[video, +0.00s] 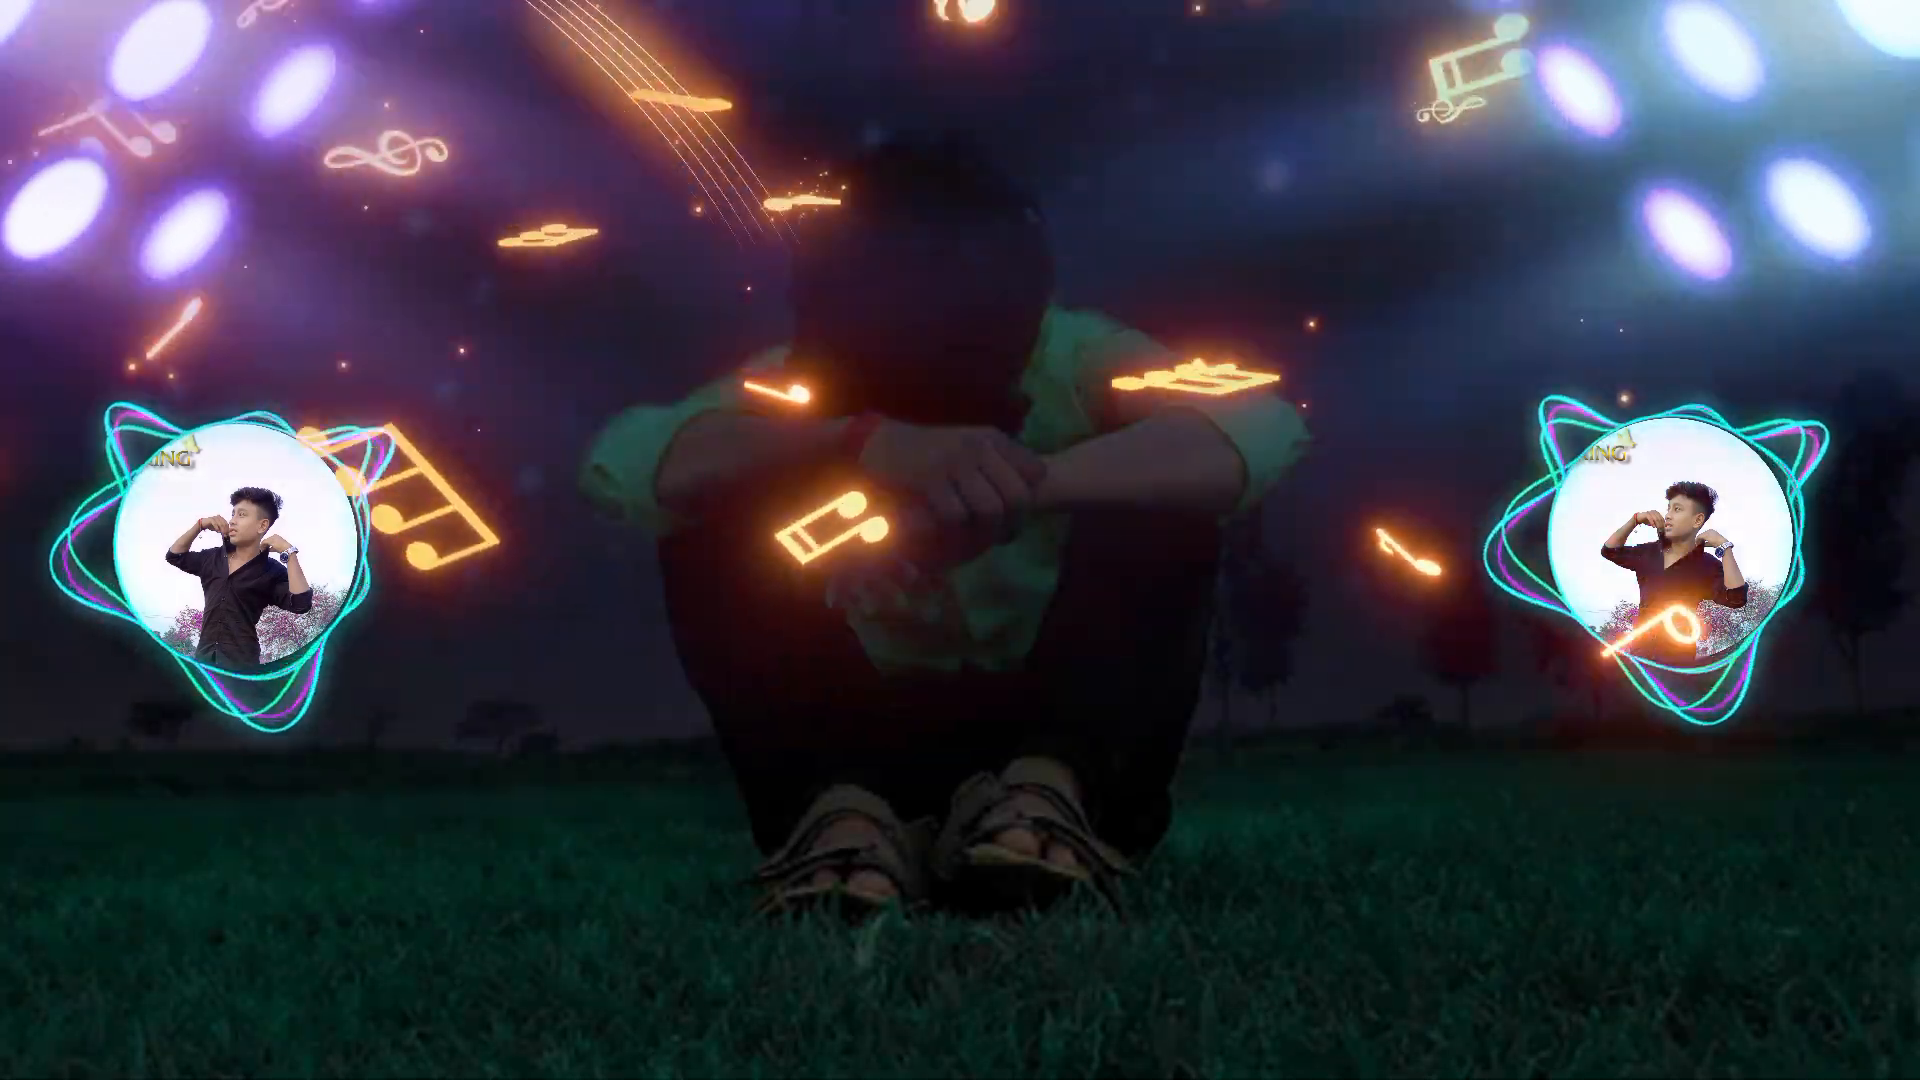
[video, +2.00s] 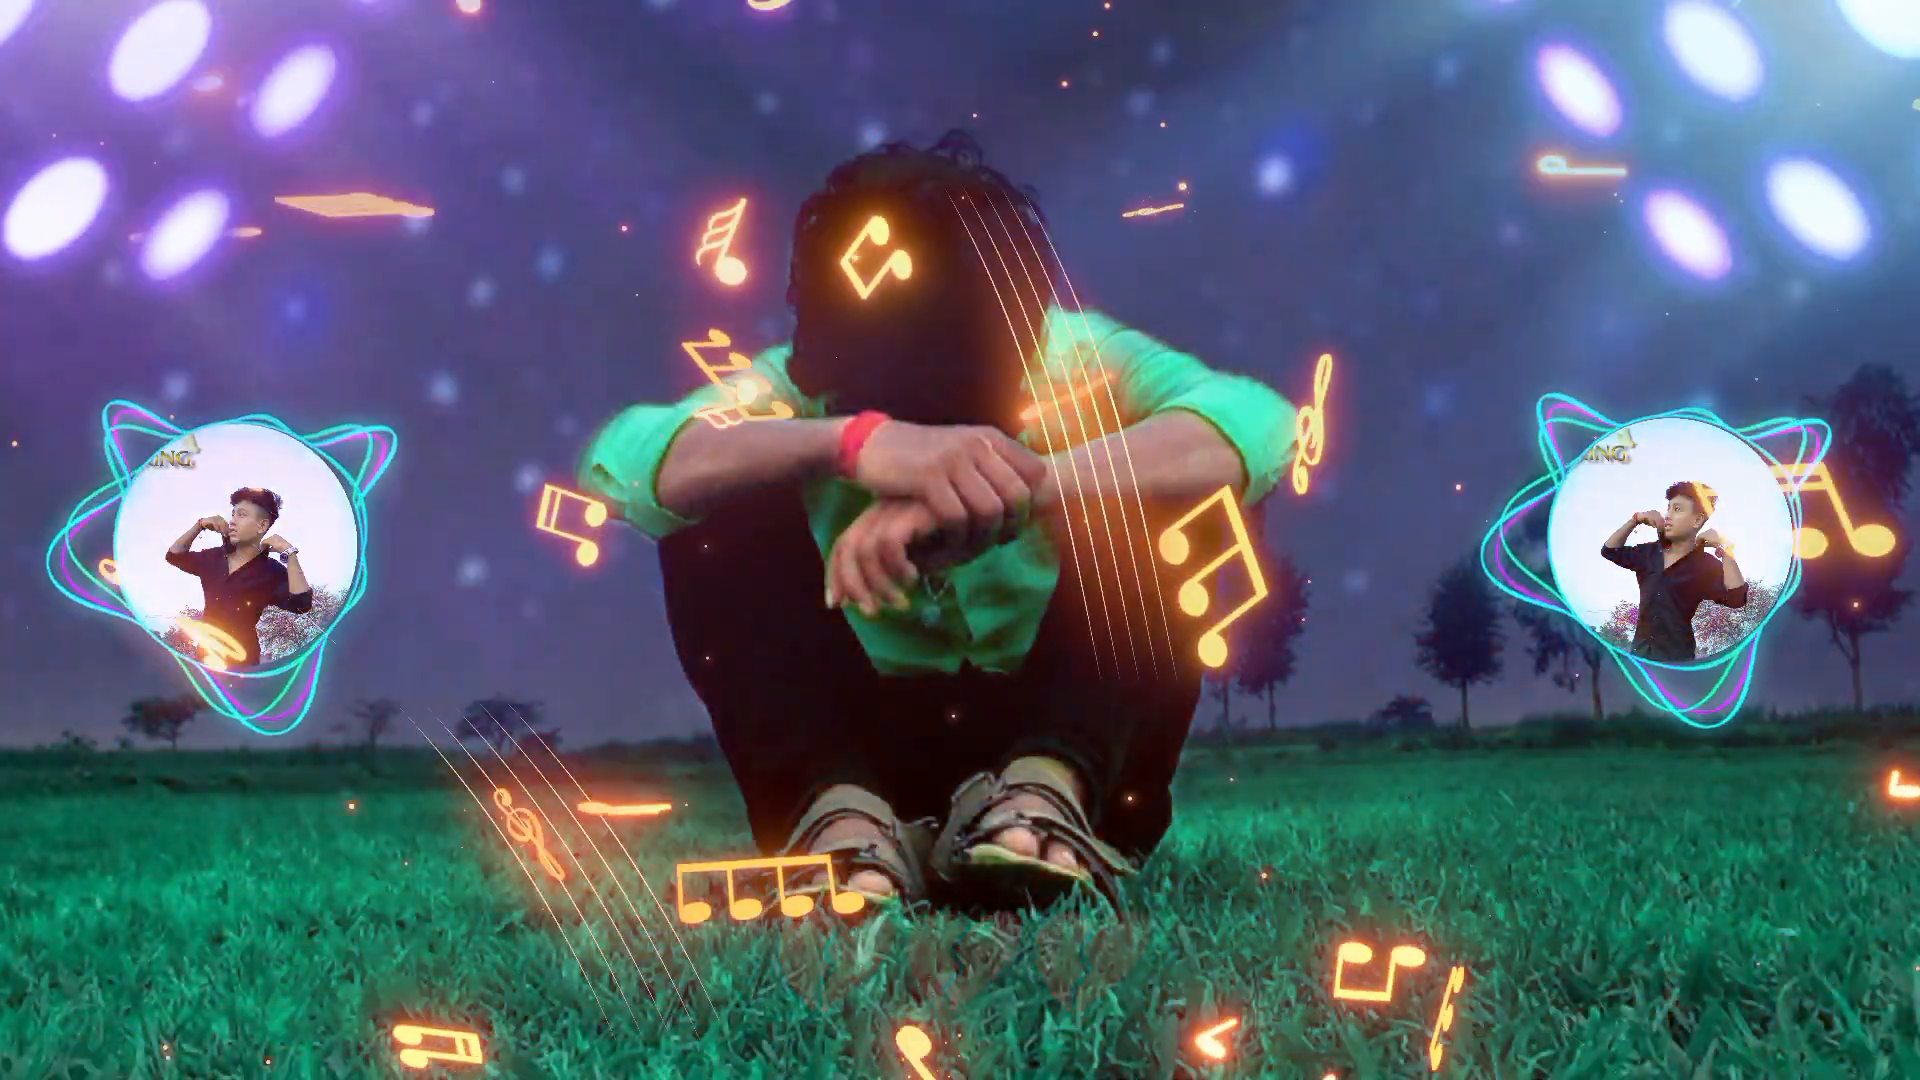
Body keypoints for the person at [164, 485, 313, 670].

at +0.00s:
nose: (232, 521)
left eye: (242, 515)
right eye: (233, 514)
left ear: (263, 525)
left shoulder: (270, 570)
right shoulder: (212, 558)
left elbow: (301, 604)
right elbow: (174, 556)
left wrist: (290, 553)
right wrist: (199, 526)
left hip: (242, 662)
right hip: (204, 658)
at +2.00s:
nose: (232, 520)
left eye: (242, 515)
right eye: (233, 514)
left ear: (263, 525)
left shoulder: (271, 571)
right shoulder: (212, 559)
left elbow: (302, 605)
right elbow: (173, 556)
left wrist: (290, 554)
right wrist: (199, 526)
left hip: (243, 664)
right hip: (205, 658)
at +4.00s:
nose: (232, 521)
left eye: (242, 515)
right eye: (233, 514)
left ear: (263, 525)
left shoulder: (270, 570)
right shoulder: (212, 558)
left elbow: (302, 604)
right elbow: (174, 556)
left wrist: (290, 553)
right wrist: (199, 526)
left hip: (243, 664)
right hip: (204, 660)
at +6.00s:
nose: (232, 521)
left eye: (241, 515)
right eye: (233, 514)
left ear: (263, 525)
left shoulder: (270, 570)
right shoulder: (212, 558)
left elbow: (301, 604)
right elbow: (174, 556)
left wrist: (290, 553)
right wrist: (199, 526)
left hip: (242, 664)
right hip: (204, 660)